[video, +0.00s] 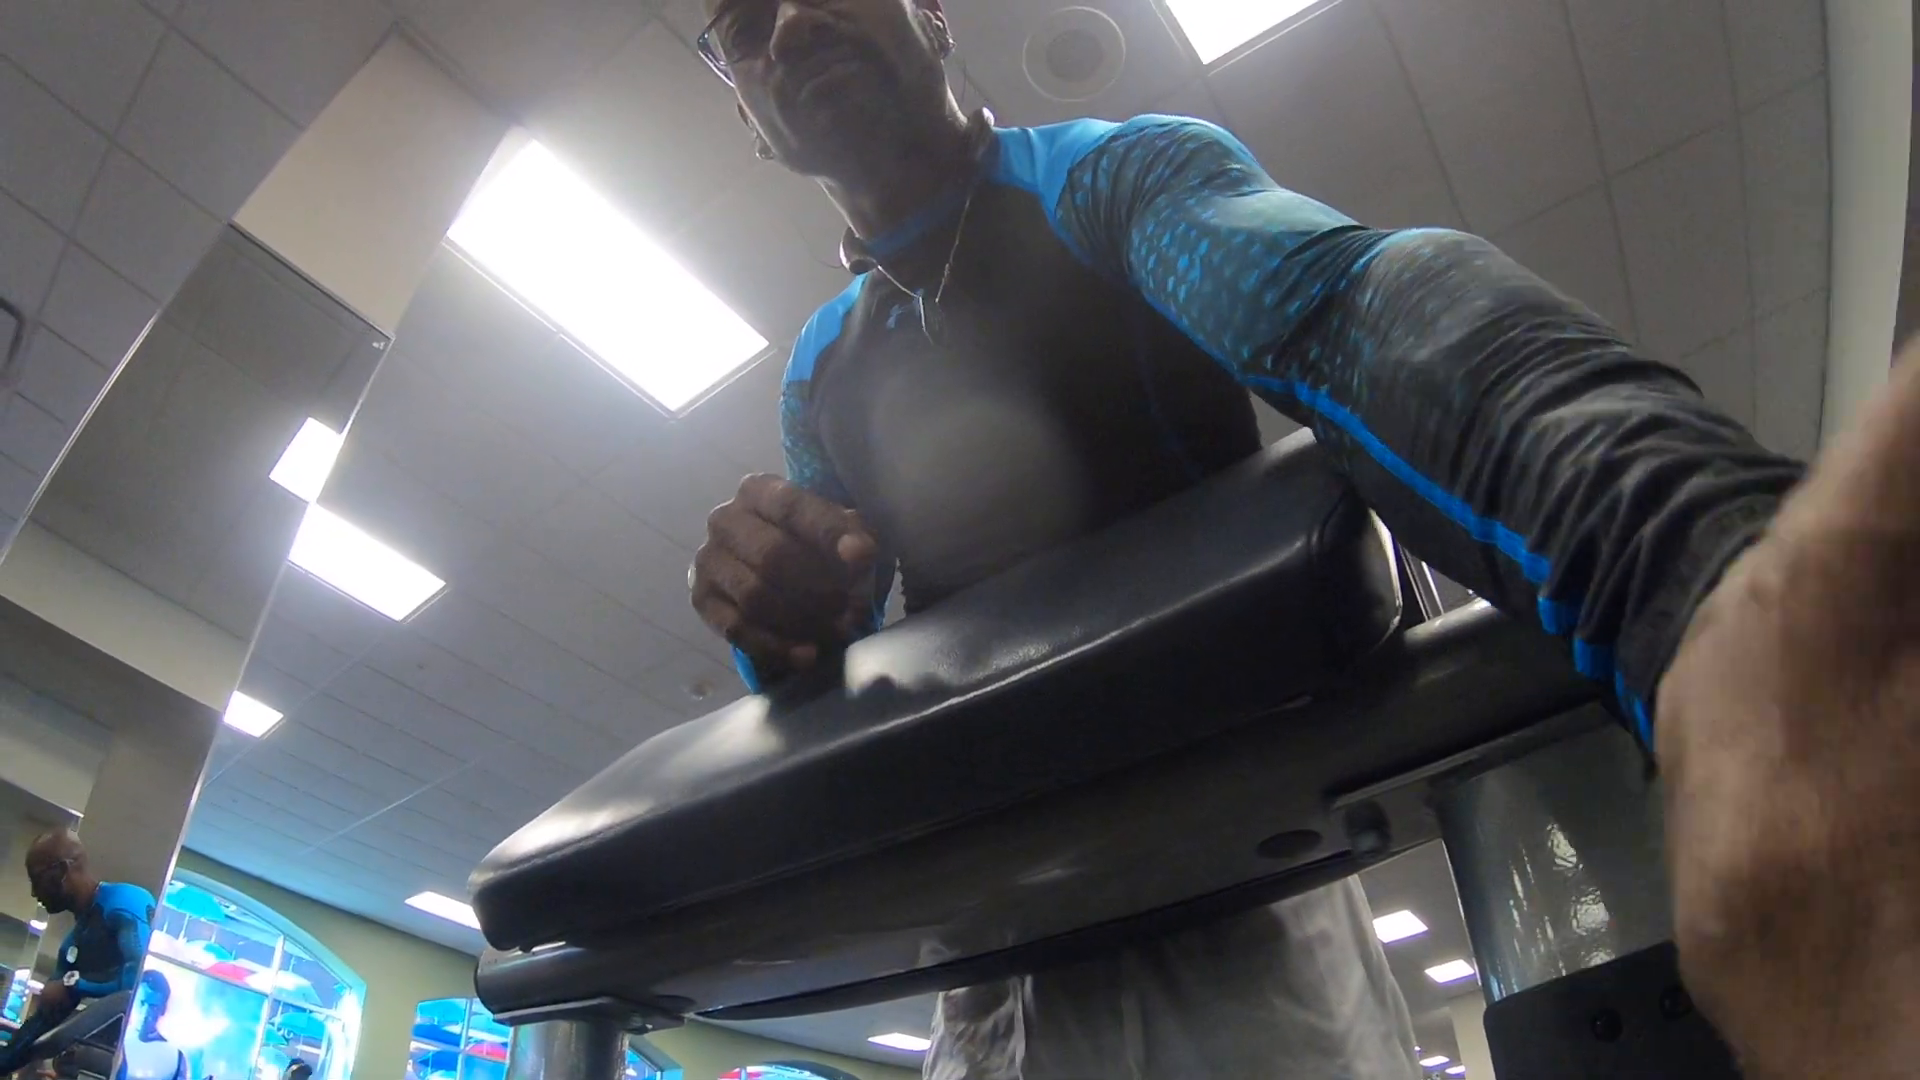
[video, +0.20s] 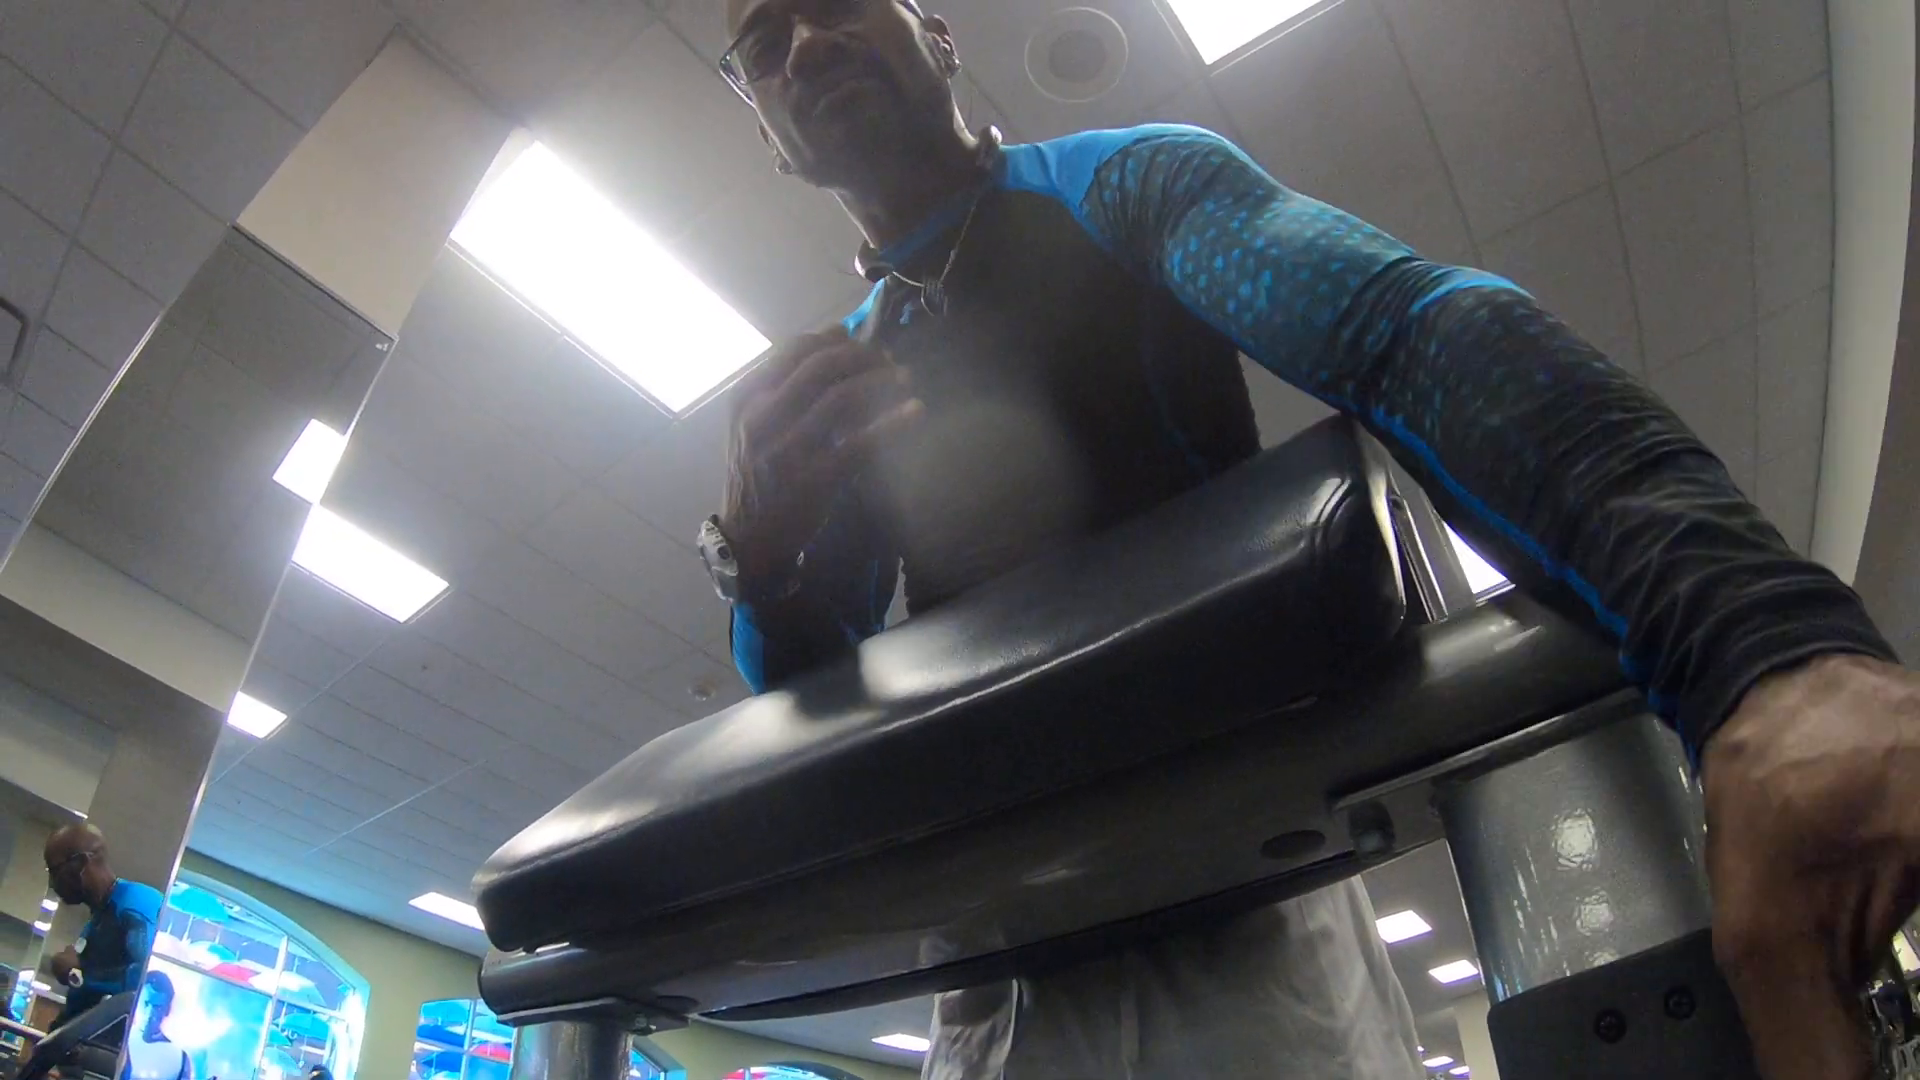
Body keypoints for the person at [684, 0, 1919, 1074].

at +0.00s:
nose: (795, 41)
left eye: (826, 9)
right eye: (751, 40)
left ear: (932, 36)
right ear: (745, 117)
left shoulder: (1103, 179)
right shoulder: (818, 376)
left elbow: (1349, 309)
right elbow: (855, 681)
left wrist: (1715, 600)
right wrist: (807, 630)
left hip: (1264, 778)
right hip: (1020, 850)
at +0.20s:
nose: (807, 53)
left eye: (833, 17)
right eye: (766, 53)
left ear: (935, 36)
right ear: (763, 129)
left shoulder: (1117, 185)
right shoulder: (821, 393)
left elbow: (1415, 330)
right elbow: (819, 736)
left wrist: (1777, 662)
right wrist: (772, 578)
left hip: (1252, 863)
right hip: (1003, 921)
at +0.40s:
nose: (846, 109)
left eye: (869, 71)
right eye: (809, 114)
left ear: (963, 99)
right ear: (813, 197)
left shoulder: (1134, 221)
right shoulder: (831, 414)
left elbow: (1391, 342)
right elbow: (821, 740)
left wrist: (1669, 474)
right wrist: (765, 565)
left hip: (1249, 849)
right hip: (1001, 913)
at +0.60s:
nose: (871, 192)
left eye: (892, 158)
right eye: (841, 189)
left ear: (975, 181)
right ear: (836, 260)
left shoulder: (1139, 299)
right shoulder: (853, 460)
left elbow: (1363, 428)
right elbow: (805, 738)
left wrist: (1610, 475)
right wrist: (769, 520)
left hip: (1249, 825)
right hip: (1000, 885)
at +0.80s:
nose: (886, 266)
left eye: (902, 238)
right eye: (852, 267)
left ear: (965, 265)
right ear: (830, 321)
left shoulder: (1129, 397)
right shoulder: (840, 511)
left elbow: (1342, 634)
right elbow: (779, 762)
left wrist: (1629, 647)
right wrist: (809, 503)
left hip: (1204, 882)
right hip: (965, 939)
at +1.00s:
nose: (892, 305)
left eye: (909, 285)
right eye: (853, 303)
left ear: (957, 316)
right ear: (828, 372)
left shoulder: (1107, 465)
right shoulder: (818, 523)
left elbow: (1265, 675)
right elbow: (765, 723)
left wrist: (1419, 898)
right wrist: (845, 518)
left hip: (1167, 923)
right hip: (953, 959)